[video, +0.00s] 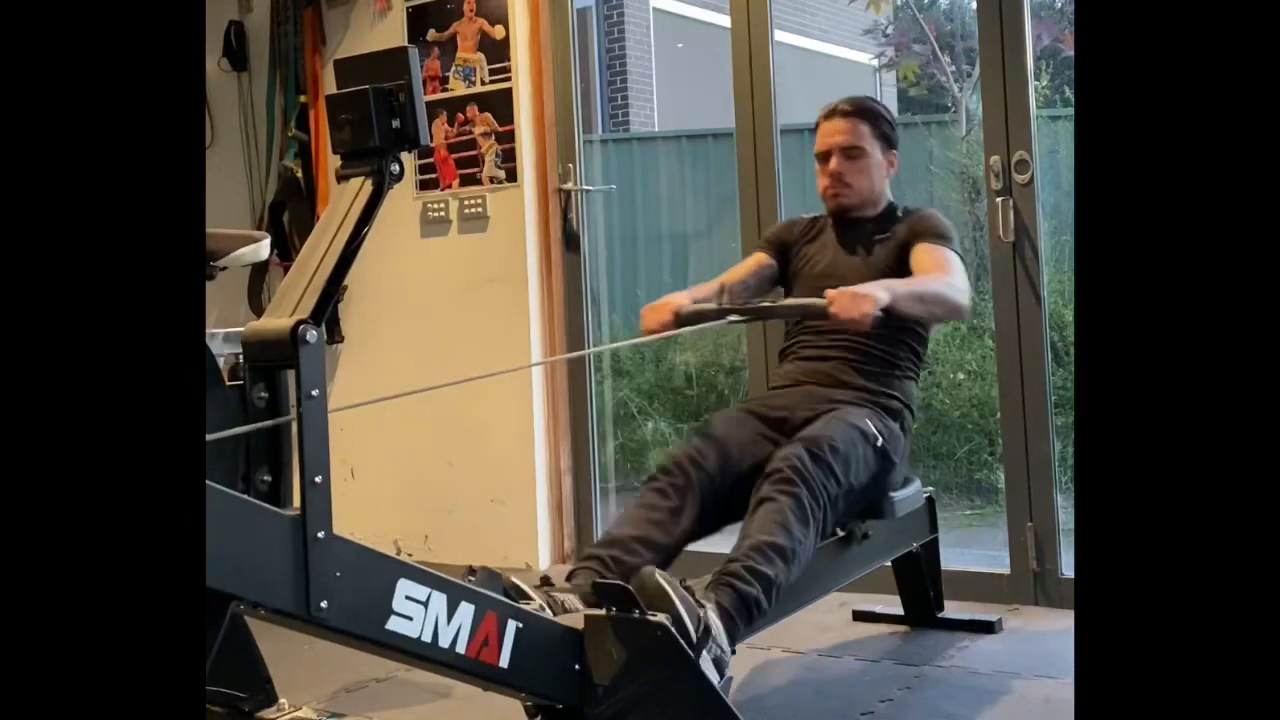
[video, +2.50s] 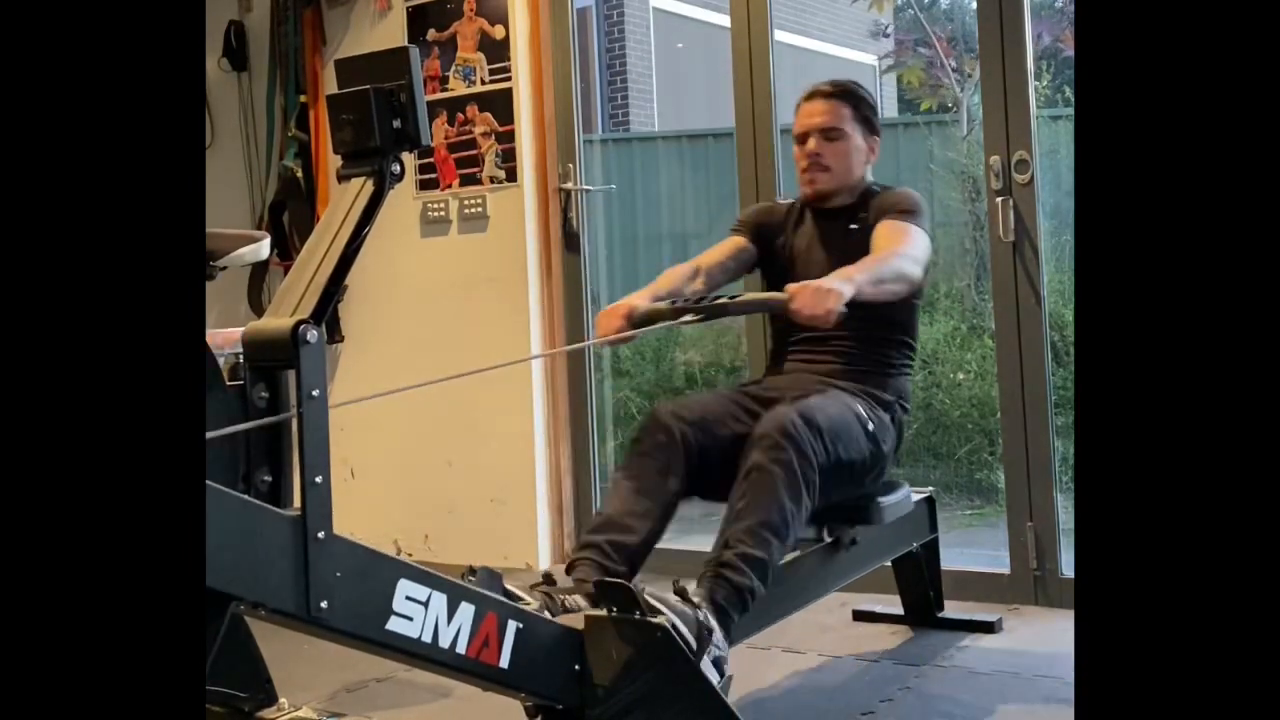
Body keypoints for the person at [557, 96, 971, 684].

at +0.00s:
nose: (832, 170)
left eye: (849, 154)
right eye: (823, 157)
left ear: (891, 161)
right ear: (814, 165)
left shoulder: (919, 229)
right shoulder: (794, 236)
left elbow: (953, 296)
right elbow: (729, 290)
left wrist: (885, 292)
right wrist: (679, 302)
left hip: (865, 407)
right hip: (779, 402)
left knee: (797, 471)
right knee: (691, 464)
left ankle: (717, 622)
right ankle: (580, 592)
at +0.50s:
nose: (724, 144)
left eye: (743, 126)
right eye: (714, 129)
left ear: (791, 136)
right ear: (704, 137)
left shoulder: (827, 204)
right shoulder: (696, 222)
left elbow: (865, 253)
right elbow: (609, 273)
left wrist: (764, 271)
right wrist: (537, 303)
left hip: (806, 470)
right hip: (712, 466)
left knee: (733, 340)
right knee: (596, 348)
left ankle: (708, 590)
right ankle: (579, 570)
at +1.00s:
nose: (724, 138)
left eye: (745, 122)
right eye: (715, 124)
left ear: (793, 135)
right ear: (706, 135)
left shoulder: (827, 203)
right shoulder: (693, 218)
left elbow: (813, 269)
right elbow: (613, 277)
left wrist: (744, 307)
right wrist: (527, 326)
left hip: (805, 459)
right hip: (714, 455)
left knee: (729, 347)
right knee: (603, 351)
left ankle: (700, 591)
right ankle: (579, 571)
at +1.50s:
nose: (794, 178)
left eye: (812, 162)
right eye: (785, 164)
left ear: (854, 163)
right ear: (779, 169)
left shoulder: (905, 233)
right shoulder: (773, 243)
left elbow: (1016, 301)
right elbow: (730, 304)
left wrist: (931, 290)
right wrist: (716, 315)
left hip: (857, 429)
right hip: (764, 421)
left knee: (769, 404)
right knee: (666, 401)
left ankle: (716, 615)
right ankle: (593, 583)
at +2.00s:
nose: (626, 148)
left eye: (650, 129)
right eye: (618, 132)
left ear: (707, 140)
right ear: (610, 139)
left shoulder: (758, 207)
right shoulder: (609, 230)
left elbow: (726, 267)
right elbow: (513, 296)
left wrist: (635, 324)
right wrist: (405, 363)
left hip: (757, 482)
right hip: (654, 480)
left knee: (697, 321)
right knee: (567, 307)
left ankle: (694, 570)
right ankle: (572, 559)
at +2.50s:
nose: (809, 149)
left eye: (828, 136)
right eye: (801, 138)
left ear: (871, 147)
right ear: (792, 149)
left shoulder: (896, 209)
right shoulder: (774, 220)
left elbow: (902, 267)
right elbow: (699, 272)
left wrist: (843, 283)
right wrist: (639, 302)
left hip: (862, 403)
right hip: (774, 393)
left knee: (785, 431)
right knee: (670, 423)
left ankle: (712, 617)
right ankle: (585, 583)